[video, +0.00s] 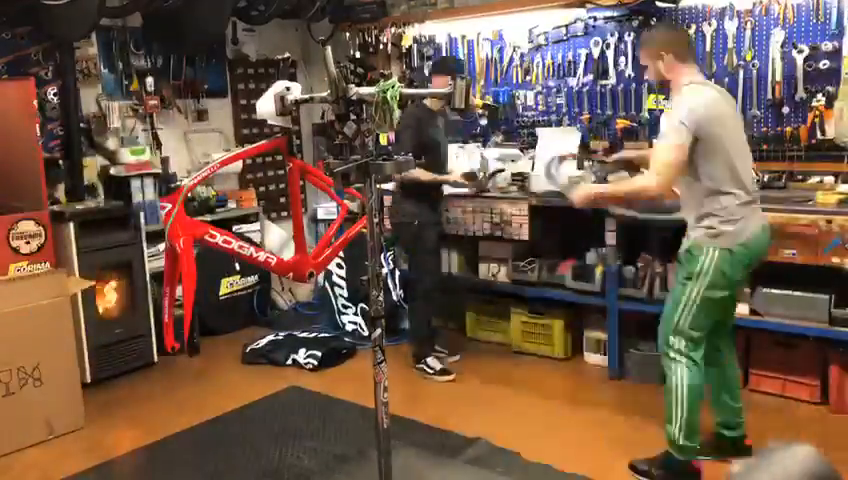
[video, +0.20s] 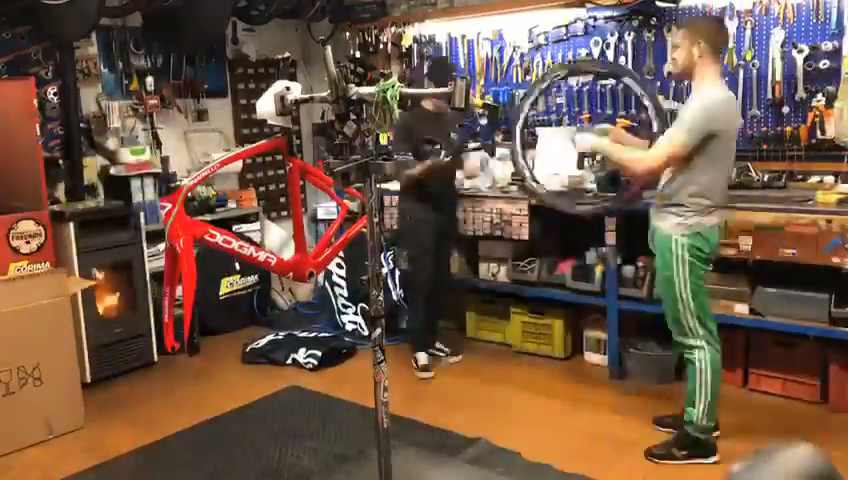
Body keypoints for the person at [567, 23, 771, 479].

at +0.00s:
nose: (648, 75)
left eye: (648, 65)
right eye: (646, 66)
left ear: (666, 59)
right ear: (683, 55)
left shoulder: (684, 107)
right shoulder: (716, 97)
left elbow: (660, 183)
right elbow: (696, 164)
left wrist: (598, 193)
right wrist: (639, 157)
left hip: (718, 238)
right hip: (748, 231)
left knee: (678, 339)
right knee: (715, 335)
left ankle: (681, 455)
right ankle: (732, 435)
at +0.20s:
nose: (670, 57)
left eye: (676, 48)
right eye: (671, 48)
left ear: (697, 50)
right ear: (703, 51)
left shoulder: (707, 103)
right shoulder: (711, 99)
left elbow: (647, 165)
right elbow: (675, 155)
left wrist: (604, 147)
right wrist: (632, 143)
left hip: (684, 229)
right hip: (687, 225)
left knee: (695, 334)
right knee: (694, 328)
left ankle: (700, 436)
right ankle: (696, 417)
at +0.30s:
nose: (673, 56)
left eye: (673, 50)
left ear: (678, 54)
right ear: (716, 54)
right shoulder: (737, 98)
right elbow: (782, 122)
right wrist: (769, 82)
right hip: (725, 216)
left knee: (677, 318)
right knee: (728, 314)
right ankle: (728, 411)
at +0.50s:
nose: (710, 57)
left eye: (714, 48)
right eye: (711, 48)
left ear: (731, 49)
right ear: (755, 50)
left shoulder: (733, 105)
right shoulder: (774, 104)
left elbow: (679, 171)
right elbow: (722, 164)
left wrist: (644, 157)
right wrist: (670, 155)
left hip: (723, 231)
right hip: (741, 225)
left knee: (732, 337)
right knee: (676, 301)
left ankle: (737, 433)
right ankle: (689, 401)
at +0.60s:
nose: (707, 63)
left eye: (708, 55)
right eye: (707, 55)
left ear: (724, 52)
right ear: (745, 51)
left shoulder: (728, 107)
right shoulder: (772, 102)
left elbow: (681, 177)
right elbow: (729, 164)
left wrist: (639, 163)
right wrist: (670, 152)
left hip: (720, 230)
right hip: (744, 223)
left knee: (728, 336)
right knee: (676, 301)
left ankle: (736, 432)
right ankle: (695, 399)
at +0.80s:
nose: (687, 88)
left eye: (692, 78)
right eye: (681, 82)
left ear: (710, 66)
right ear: (678, 80)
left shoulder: (748, 95)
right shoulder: (685, 112)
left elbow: (761, 130)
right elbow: (667, 164)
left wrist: (707, 123)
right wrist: (634, 157)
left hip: (738, 224)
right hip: (700, 224)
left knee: (709, 311)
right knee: (714, 314)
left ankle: (727, 413)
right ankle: (717, 402)